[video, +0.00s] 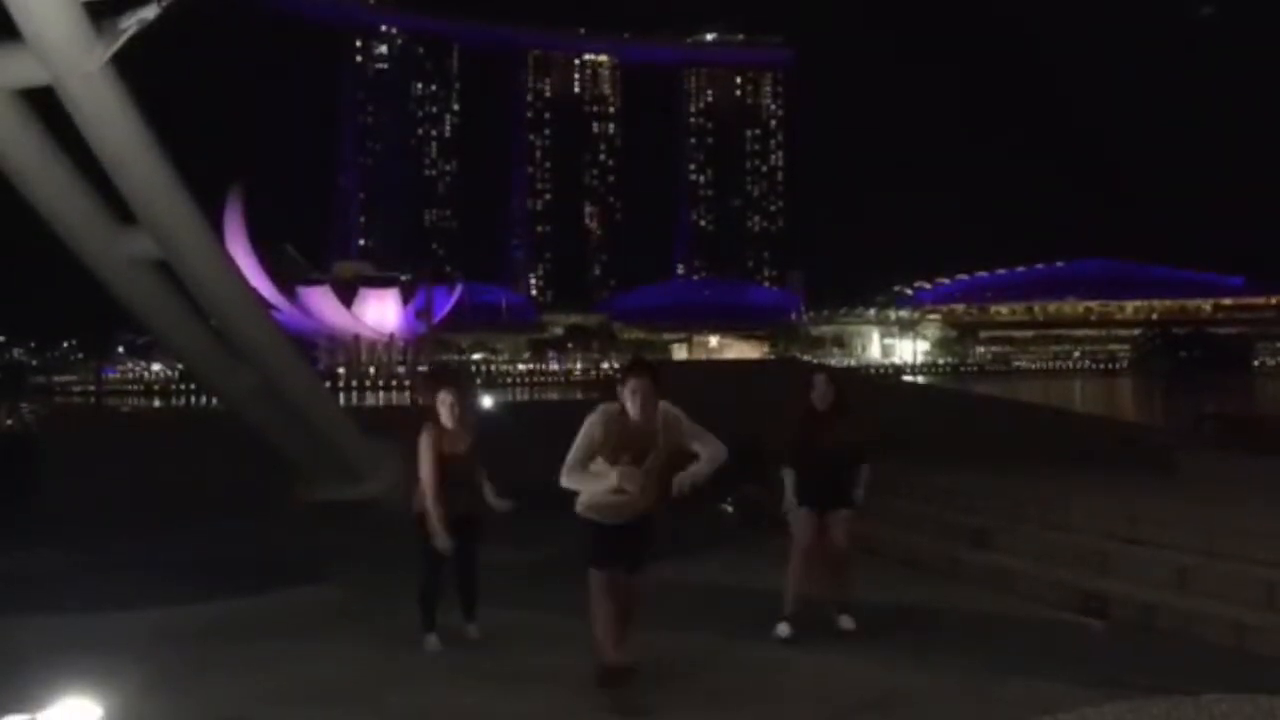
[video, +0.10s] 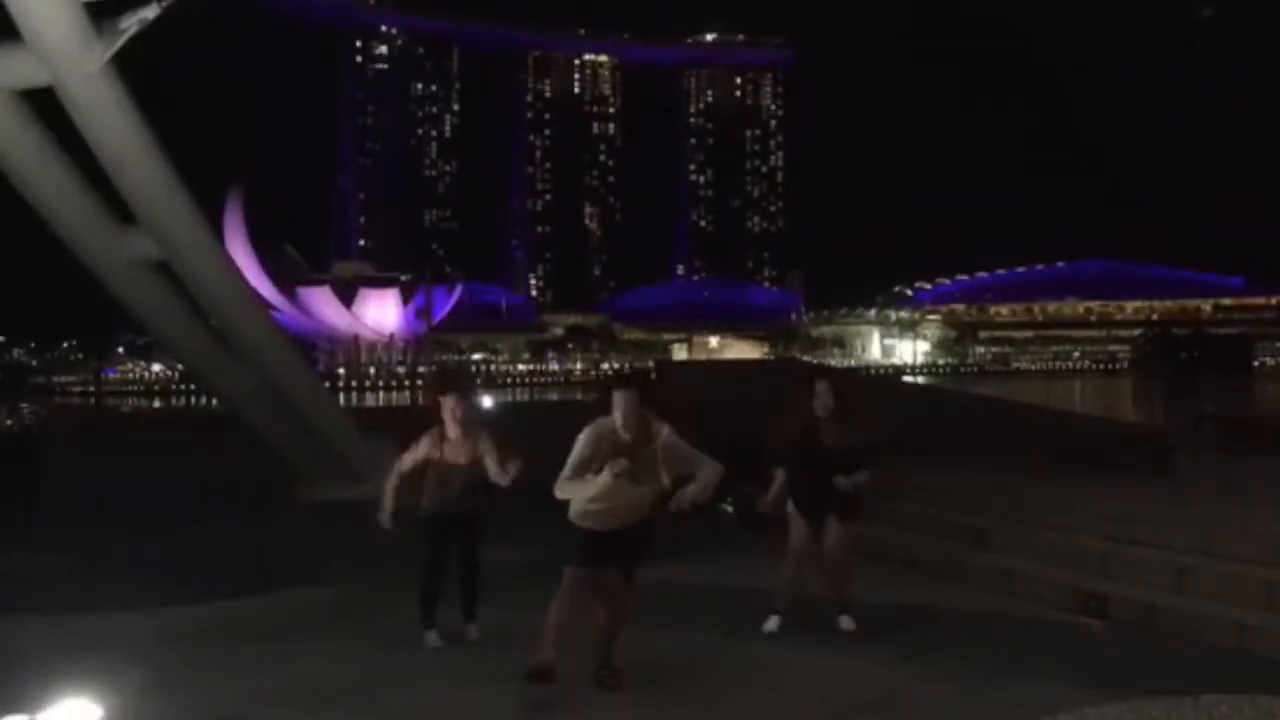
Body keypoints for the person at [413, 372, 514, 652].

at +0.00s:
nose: (451, 410)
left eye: (455, 404)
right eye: (446, 404)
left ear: (462, 406)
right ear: (437, 407)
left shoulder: (467, 435)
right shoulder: (431, 437)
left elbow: (477, 471)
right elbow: (429, 486)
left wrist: (492, 498)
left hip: (467, 510)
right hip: (438, 510)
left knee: (468, 566)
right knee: (434, 570)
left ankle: (470, 619)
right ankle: (430, 628)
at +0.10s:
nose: (454, 414)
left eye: (458, 408)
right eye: (449, 409)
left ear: (466, 410)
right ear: (441, 411)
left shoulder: (479, 441)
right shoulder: (432, 441)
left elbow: (498, 477)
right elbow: (399, 469)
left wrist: (509, 473)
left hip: (468, 514)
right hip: (435, 513)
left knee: (470, 567)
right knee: (432, 568)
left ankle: (470, 622)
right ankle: (429, 627)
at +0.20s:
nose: (449, 408)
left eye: (453, 402)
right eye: (444, 403)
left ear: (462, 405)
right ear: (437, 407)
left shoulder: (475, 434)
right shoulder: (431, 432)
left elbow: (510, 441)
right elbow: (399, 425)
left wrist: (480, 437)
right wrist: (380, 462)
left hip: (467, 509)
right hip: (435, 509)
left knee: (468, 564)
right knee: (432, 563)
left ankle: (470, 620)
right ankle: (429, 619)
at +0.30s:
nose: (438, 401)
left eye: (443, 393)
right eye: (434, 394)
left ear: (459, 395)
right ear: (431, 397)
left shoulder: (472, 418)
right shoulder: (430, 420)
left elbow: (511, 426)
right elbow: (411, 420)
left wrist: (484, 447)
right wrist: (403, 455)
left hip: (465, 500)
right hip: (435, 497)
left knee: (461, 558)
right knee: (431, 555)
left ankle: (469, 615)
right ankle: (436, 605)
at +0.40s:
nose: (428, 404)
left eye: (432, 397)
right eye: (424, 399)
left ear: (446, 397)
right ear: (422, 401)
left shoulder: (465, 419)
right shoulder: (425, 425)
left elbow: (508, 433)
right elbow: (423, 456)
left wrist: (497, 471)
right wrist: (421, 484)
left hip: (465, 495)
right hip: (436, 496)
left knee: (440, 548)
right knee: (433, 549)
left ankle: (447, 610)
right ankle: (444, 609)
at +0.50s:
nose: (417, 419)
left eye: (421, 413)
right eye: (414, 414)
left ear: (434, 412)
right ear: (413, 417)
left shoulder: (457, 431)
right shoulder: (424, 446)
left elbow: (497, 437)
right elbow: (428, 477)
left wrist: (518, 469)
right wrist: (421, 500)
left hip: (463, 503)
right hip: (438, 505)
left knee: (429, 553)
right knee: (438, 559)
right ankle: (458, 613)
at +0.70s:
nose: (413, 411)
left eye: (417, 405)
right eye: (411, 406)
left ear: (432, 404)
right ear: (413, 409)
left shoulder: (456, 421)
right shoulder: (422, 440)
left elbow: (502, 419)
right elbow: (427, 474)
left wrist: (523, 453)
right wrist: (416, 491)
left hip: (470, 496)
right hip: (444, 499)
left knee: (434, 537)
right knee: (441, 550)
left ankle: (436, 592)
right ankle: (456, 612)